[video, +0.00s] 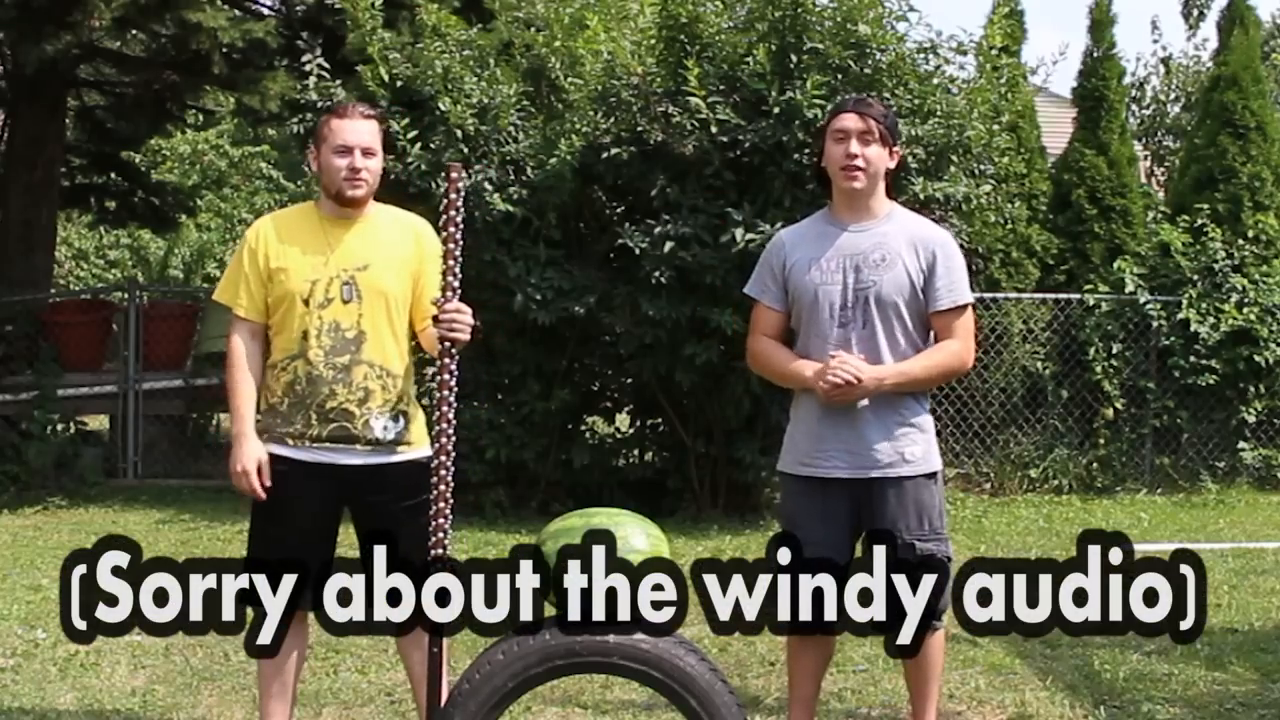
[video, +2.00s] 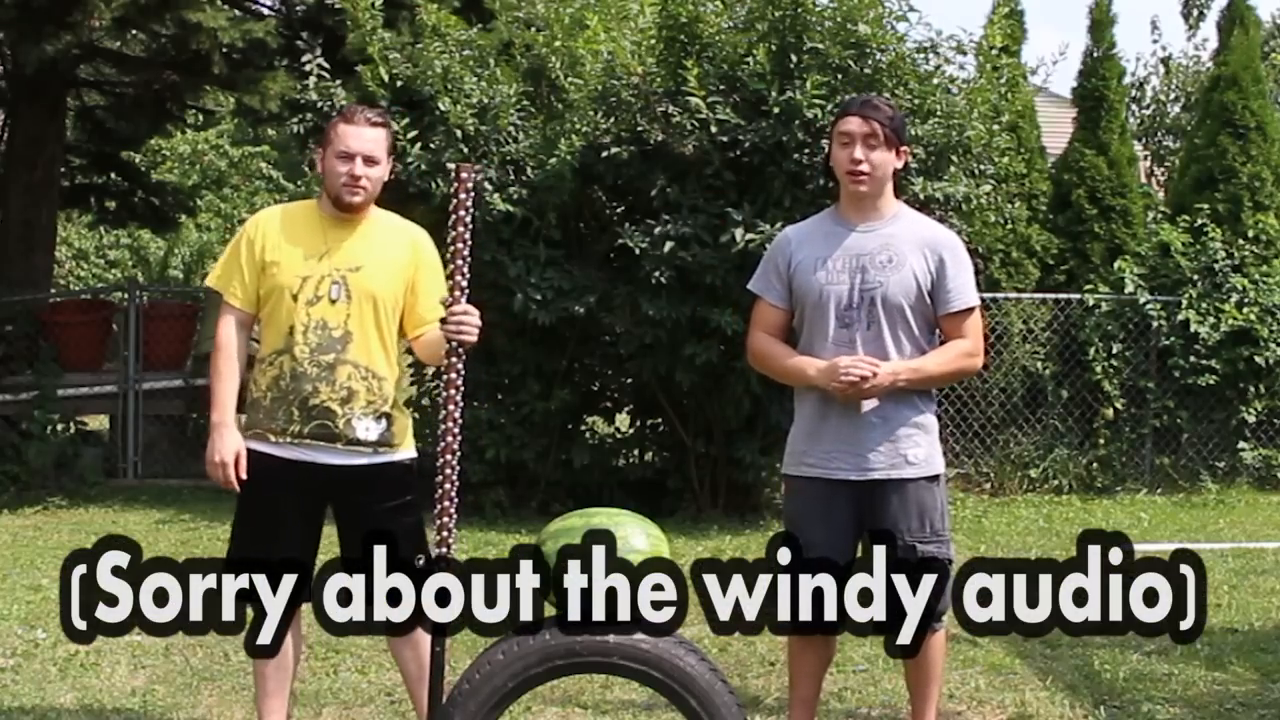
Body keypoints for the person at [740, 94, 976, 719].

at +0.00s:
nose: (852, 150)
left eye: (866, 140)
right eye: (840, 139)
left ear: (889, 157)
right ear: (823, 155)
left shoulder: (930, 243)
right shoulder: (789, 245)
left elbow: (960, 349)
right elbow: (760, 346)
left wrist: (877, 377)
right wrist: (810, 373)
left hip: (905, 464)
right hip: (813, 463)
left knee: (922, 607)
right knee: (809, 608)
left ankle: (923, 716)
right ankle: (799, 716)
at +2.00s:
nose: (856, 155)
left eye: (872, 144)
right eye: (845, 142)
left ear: (898, 157)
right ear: (830, 154)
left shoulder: (937, 243)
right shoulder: (793, 244)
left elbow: (970, 350)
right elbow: (760, 344)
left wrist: (895, 373)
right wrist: (818, 371)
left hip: (908, 465)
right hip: (817, 464)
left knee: (924, 609)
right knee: (809, 609)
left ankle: (924, 716)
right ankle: (800, 716)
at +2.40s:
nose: (821, 164)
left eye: (835, 153)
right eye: (820, 152)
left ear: (880, 159)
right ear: (820, 156)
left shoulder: (938, 245)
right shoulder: (798, 244)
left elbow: (970, 351)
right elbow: (767, 356)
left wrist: (893, 378)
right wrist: (773, 326)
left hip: (906, 467)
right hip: (816, 464)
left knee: (923, 611)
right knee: (810, 610)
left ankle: (924, 717)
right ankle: (800, 716)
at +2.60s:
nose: (819, 165)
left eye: (832, 153)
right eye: (818, 152)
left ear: (879, 158)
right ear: (829, 157)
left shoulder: (938, 244)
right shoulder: (801, 242)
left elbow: (970, 350)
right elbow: (746, 327)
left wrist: (889, 375)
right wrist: (705, 265)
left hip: (908, 467)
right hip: (817, 464)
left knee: (923, 611)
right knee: (811, 610)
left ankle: (925, 716)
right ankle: (800, 717)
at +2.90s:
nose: (818, 163)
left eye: (831, 152)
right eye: (817, 150)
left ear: (876, 159)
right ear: (826, 156)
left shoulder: (935, 245)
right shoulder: (802, 243)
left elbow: (967, 351)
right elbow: (765, 332)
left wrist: (888, 376)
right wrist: (694, 338)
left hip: (906, 467)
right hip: (816, 464)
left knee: (922, 611)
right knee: (812, 609)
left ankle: (924, 717)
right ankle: (800, 716)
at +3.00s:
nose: (813, 163)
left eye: (826, 152)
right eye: (813, 151)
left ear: (872, 158)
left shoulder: (932, 245)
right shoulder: (799, 244)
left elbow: (964, 352)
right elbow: (780, 335)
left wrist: (884, 381)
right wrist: (751, 364)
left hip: (904, 467)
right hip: (814, 464)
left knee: (921, 610)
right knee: (811, 608)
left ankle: (925, 716)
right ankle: (799, 716)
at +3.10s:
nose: (810, 165)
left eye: (823, 153)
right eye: (809, 152)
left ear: (867, 157)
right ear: (834, 158)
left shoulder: (929, 245)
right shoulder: (798, 245)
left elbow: (961, 350)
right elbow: (780, 334)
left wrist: (874, 381)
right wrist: (784, 366)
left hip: (901, 467)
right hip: (813, 466)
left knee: (920, 611)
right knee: (809, 610)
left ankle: (924, 716)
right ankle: (799, 716)